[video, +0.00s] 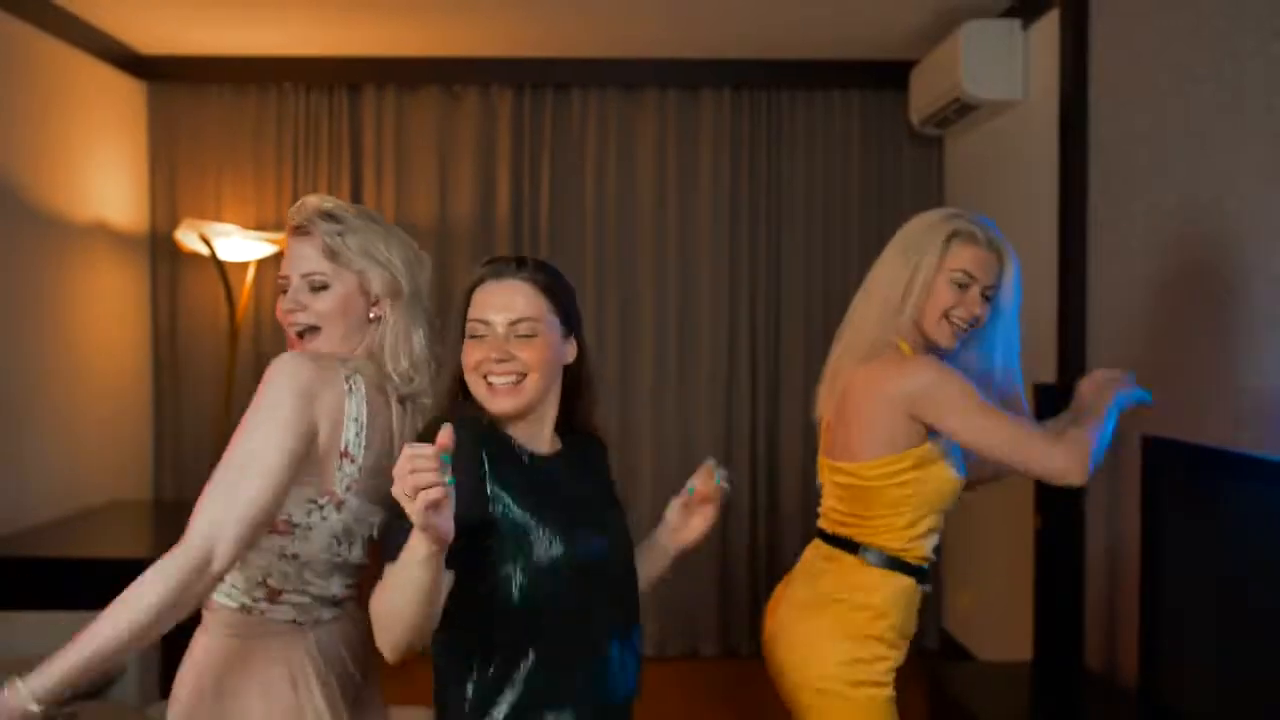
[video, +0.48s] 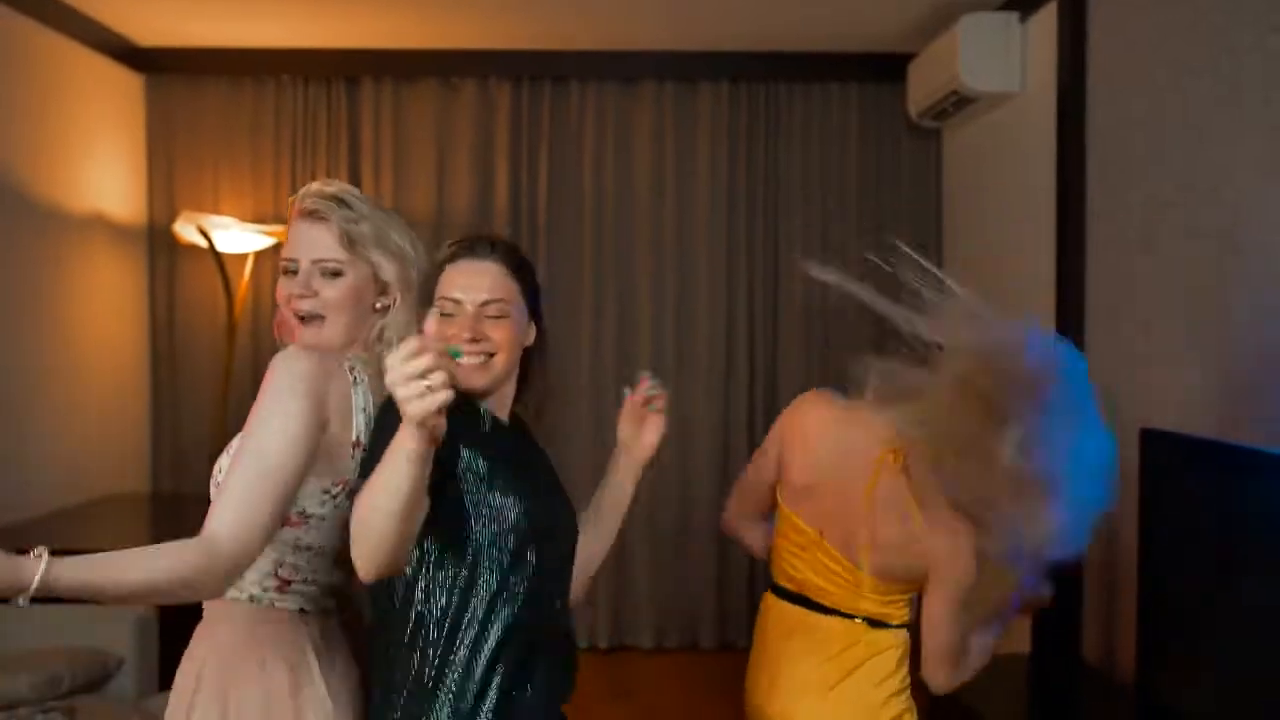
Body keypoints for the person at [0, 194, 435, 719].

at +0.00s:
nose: (290, 306)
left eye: (317, 286)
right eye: (286, 287)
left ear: (379, 300)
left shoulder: (303, 378)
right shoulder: (406, 397)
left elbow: (204, 555)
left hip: (251, 659)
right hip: (345, 651)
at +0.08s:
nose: (293, 286)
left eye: (323, 267)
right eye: (292, 268)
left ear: (384, 287)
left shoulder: (309, 377)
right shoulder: (405, 385)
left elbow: (199, 567)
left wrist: (72, 703)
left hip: (246, 647)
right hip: (339, 639)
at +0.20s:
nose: (294, 301)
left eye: (325, 282)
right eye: (289, 280)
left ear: (387, 304)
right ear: (279, 289)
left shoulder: (318, 432)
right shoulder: (384, 422)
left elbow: (223, 634)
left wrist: (60, 684)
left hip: (266, 673)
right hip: (329, 660)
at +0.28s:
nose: (297, 324)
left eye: (326, 305)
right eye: (288, 303)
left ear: (384, 324)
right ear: (276, 309)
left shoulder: (308, 436)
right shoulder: (388, 434)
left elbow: (216, 642)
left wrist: (40, 631)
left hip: (256, 695)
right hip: (332, 691)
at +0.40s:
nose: (301, 318)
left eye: (330, 299)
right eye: (290, 297)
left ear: (386, 318)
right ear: (278, 304)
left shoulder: (306, 410)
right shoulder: (402, 420)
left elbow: (214, 608)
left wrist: (40, 564)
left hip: (254, 672)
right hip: (338, 669)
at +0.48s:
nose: (301, 291)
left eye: (331, 272)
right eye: (291, 271)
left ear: (385, 294)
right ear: (277, 279)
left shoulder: (304, 370)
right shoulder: (388, 385)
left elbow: (214, 560)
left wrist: (31, 573)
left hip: (251, 647)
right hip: (323, 640)